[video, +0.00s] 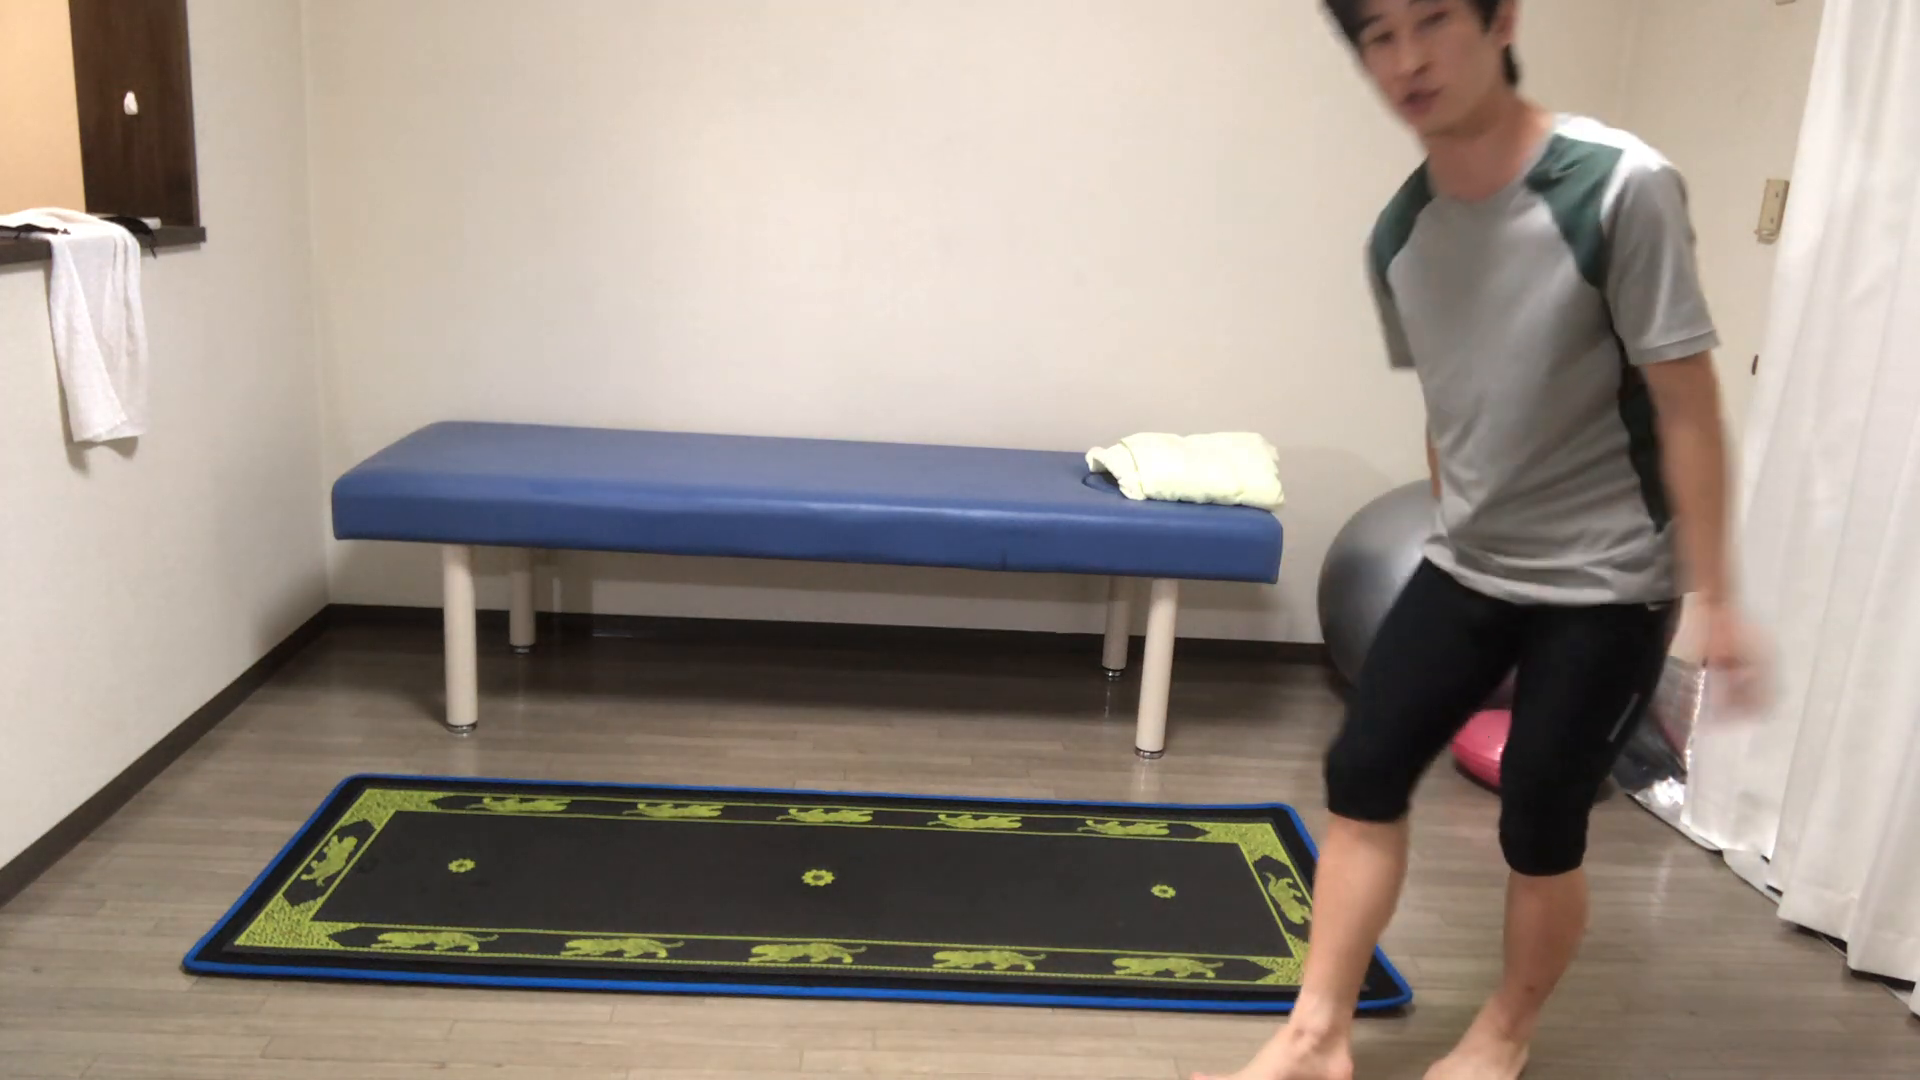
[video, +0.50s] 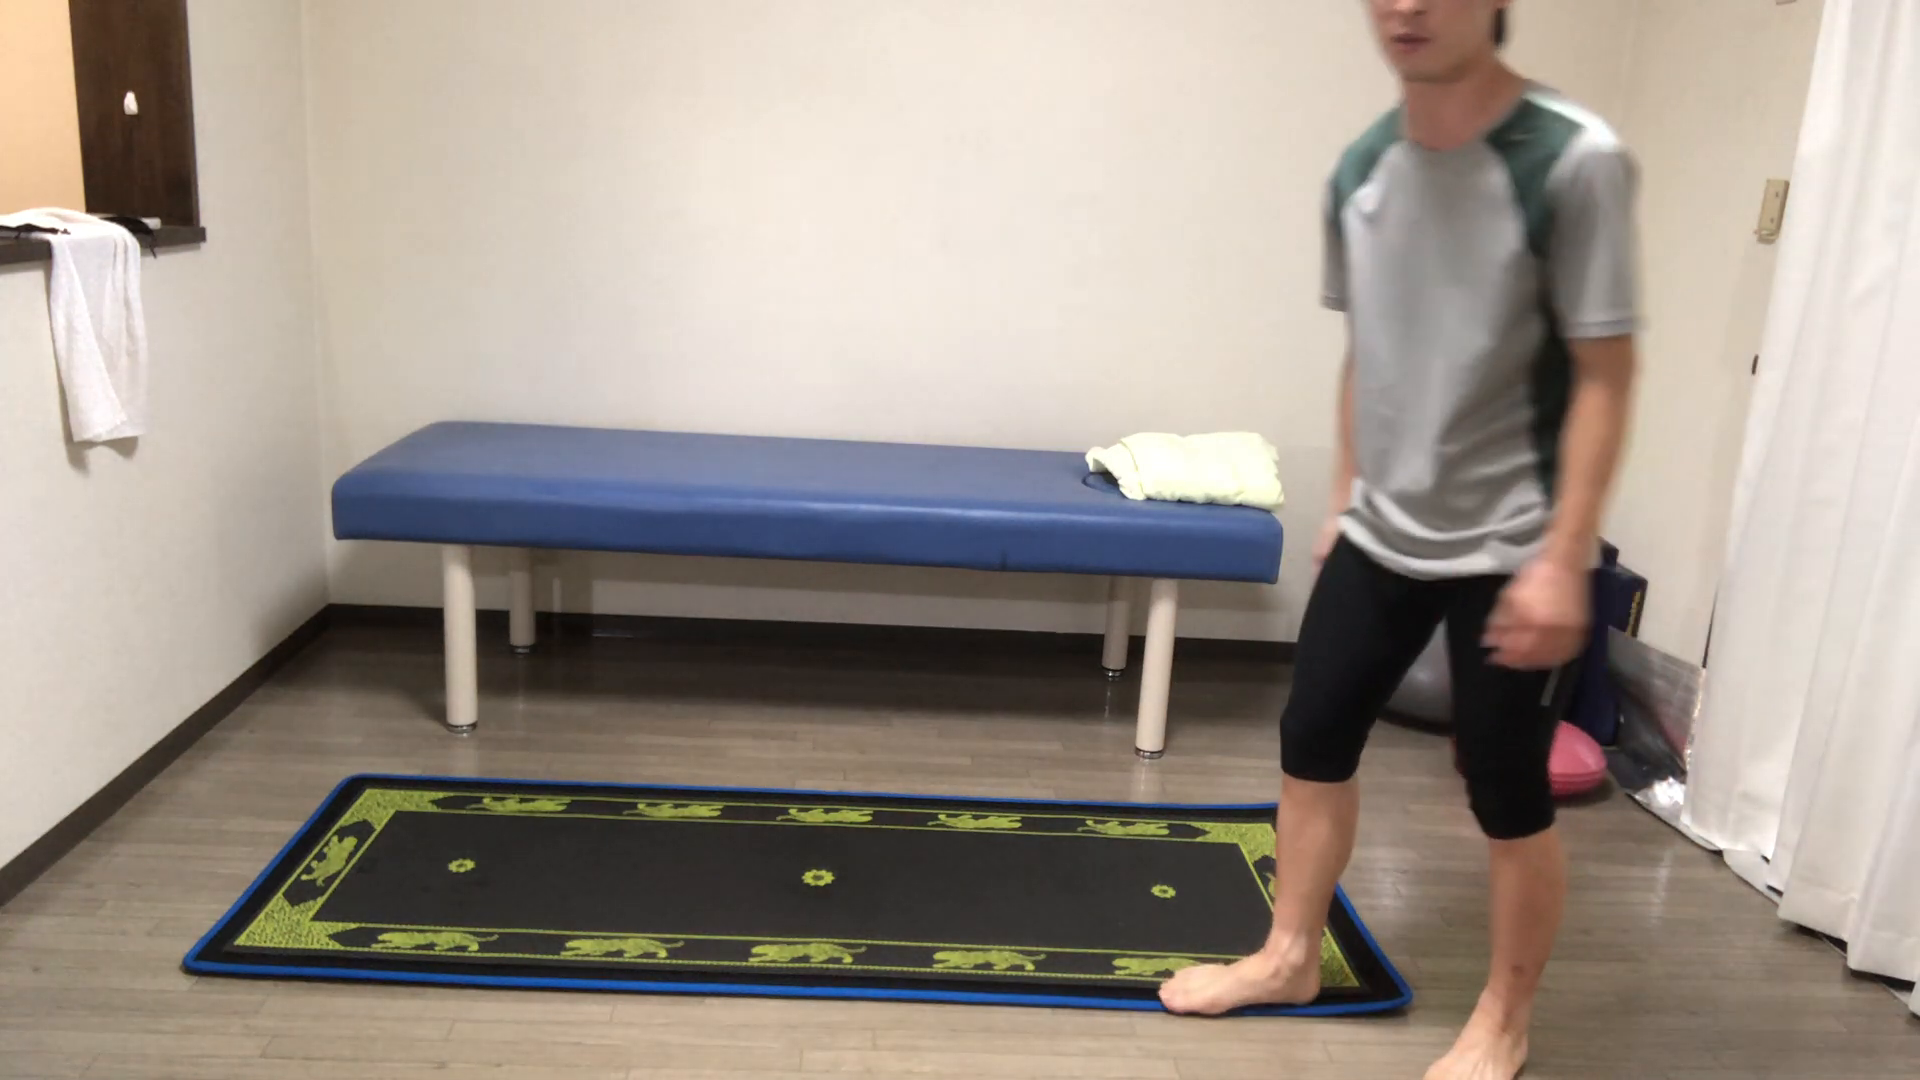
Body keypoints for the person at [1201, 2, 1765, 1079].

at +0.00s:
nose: (1406, 59)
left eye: (1431, 22)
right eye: (1376, 38)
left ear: (1500, 25)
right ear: (1361, 63)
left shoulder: (1621, 191)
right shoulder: (1401, 234)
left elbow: (1689, 406)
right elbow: (1447, 412)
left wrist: (1710, 596)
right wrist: (1453, 548)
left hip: (1607, 578)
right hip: (1468, 561)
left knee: (1540, 819)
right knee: (1362, 775)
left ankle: (1504, 1034)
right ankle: (1317, 1031)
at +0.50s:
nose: (1402, 8)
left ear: (1494, 7)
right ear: (1370, 12)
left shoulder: (1574, 159)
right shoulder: (1362, 167)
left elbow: (1604, 375)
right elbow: (1364, 354)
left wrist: (1566, 556)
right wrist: (1345, 505)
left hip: (1513, 538)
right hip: (1386, 523)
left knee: (1506, 789)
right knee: (1314, 735)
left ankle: (1504, 1021)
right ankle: (1290, 956)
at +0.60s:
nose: (1346, 16)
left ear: (1438, 3)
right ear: (1310, 17)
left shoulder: (1521, 154)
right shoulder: (1329, 171)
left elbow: (1557, 371)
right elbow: (1336, 356)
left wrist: (1492, 550)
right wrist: (1292, 500)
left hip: (1471, 545)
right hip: (1348, 527)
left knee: (1481, 791)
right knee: (1302, 741)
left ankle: (1498, 1021)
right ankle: (1290, 955)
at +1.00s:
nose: (1213, 10)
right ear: (1177, 9)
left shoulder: (1381, 125)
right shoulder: (1197, 160)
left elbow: (1445, 332)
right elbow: (1201, 342)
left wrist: (1398, 503)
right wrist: (1180, 494)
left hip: (1335, 518)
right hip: (1228, 515)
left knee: (1265, 758)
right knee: (1248, 757)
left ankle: (1365, 973)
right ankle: (1285, 958)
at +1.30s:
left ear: (1217, 4)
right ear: (1108, 5)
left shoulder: (1264, 149)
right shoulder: (1097, 143)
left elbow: (1333, 342)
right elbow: (1106, 321)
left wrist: (1370, 519)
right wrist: (1077, 472)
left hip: (1218, 524)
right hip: (1130, 515)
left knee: (1094, 757)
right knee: (1205, 738)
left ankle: (1018, 1010)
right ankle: (1284, 947)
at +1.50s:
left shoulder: (1173, 168)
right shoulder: (1007, 95)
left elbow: (1185, 382)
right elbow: (1004, 293)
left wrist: (1190, 574)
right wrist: (968, 429)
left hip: (1103, 511)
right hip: (1008, 486)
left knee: (1017, 762)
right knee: (1032, 729)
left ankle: (1012, 1011)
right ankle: (1210, 886)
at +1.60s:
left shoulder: (1135, 160)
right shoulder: (961, 75)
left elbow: (1104, 382)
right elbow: (947, 258)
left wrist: (1041, 572)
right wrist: (906, 411)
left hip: (1052, 518)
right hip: (954, 490)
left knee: (1007, 757)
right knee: (902, 713)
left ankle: (1013, 1008)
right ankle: (1088, 861)